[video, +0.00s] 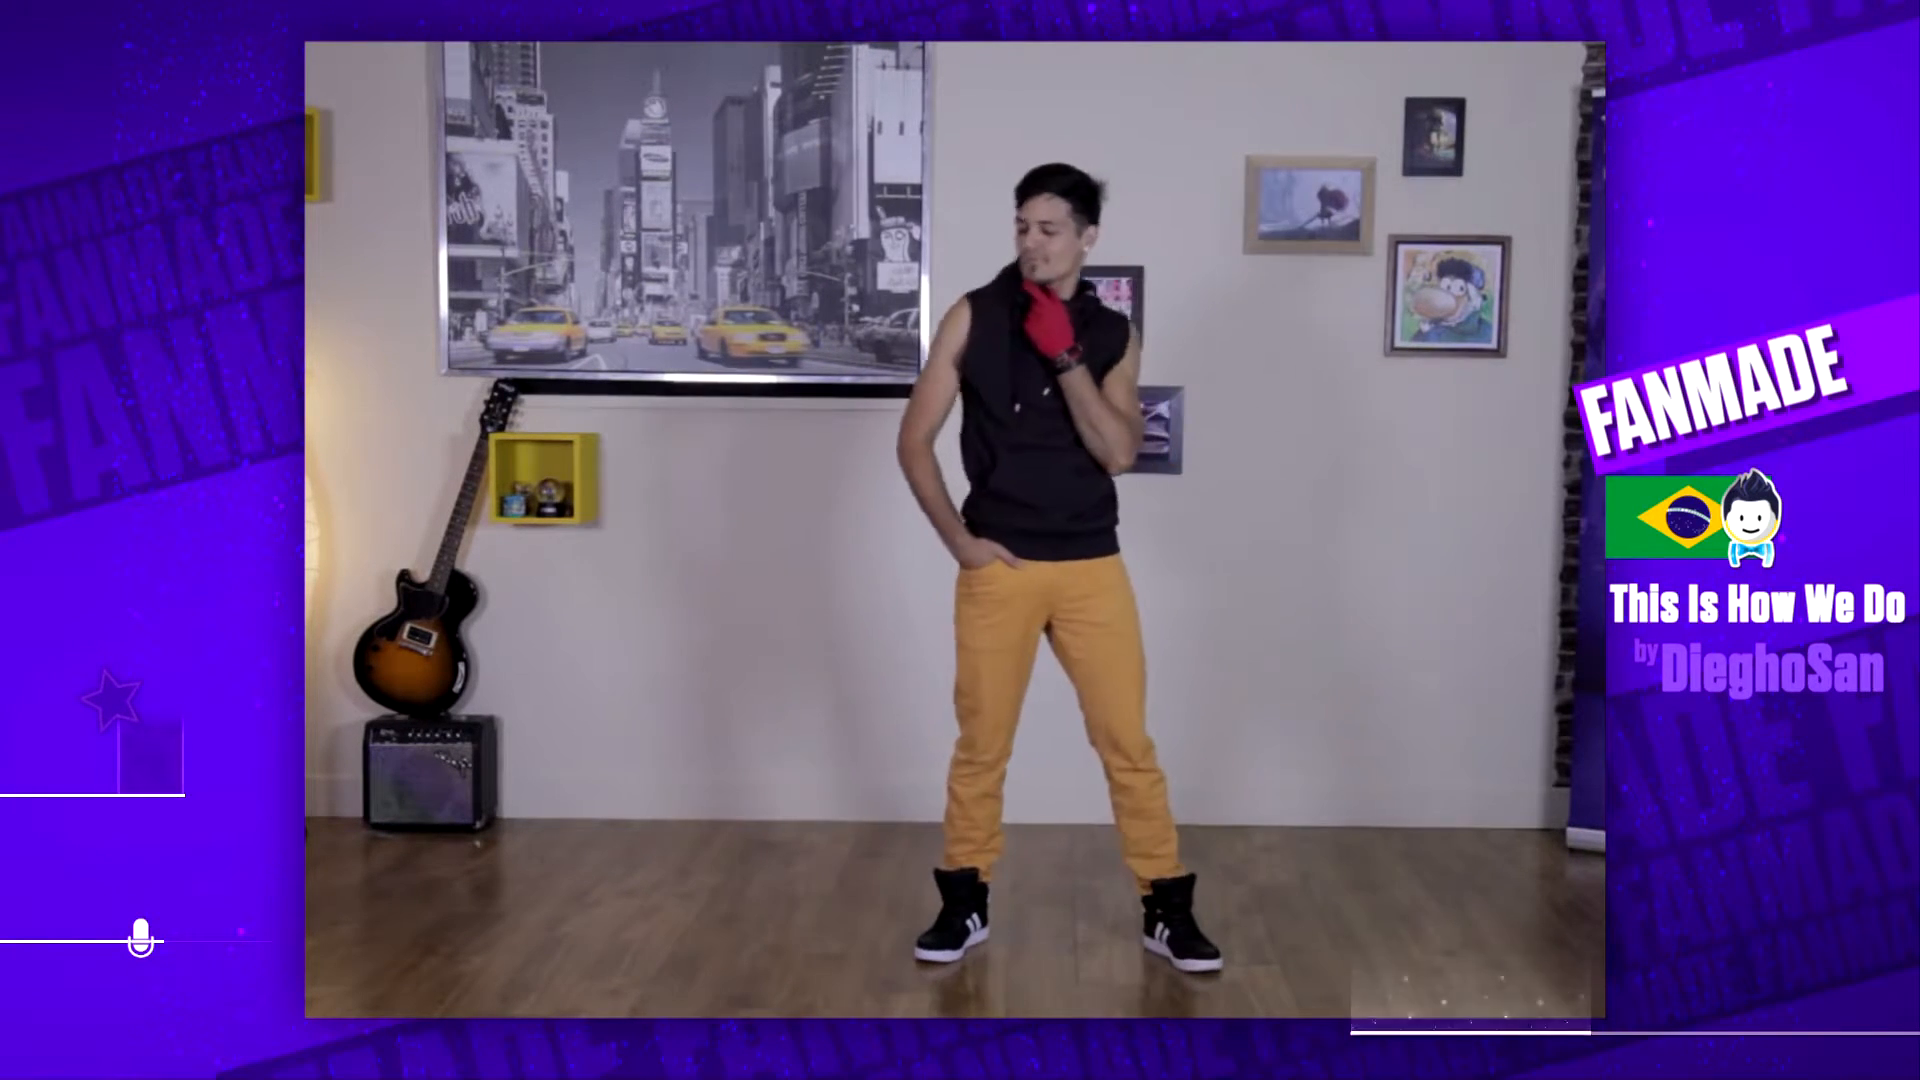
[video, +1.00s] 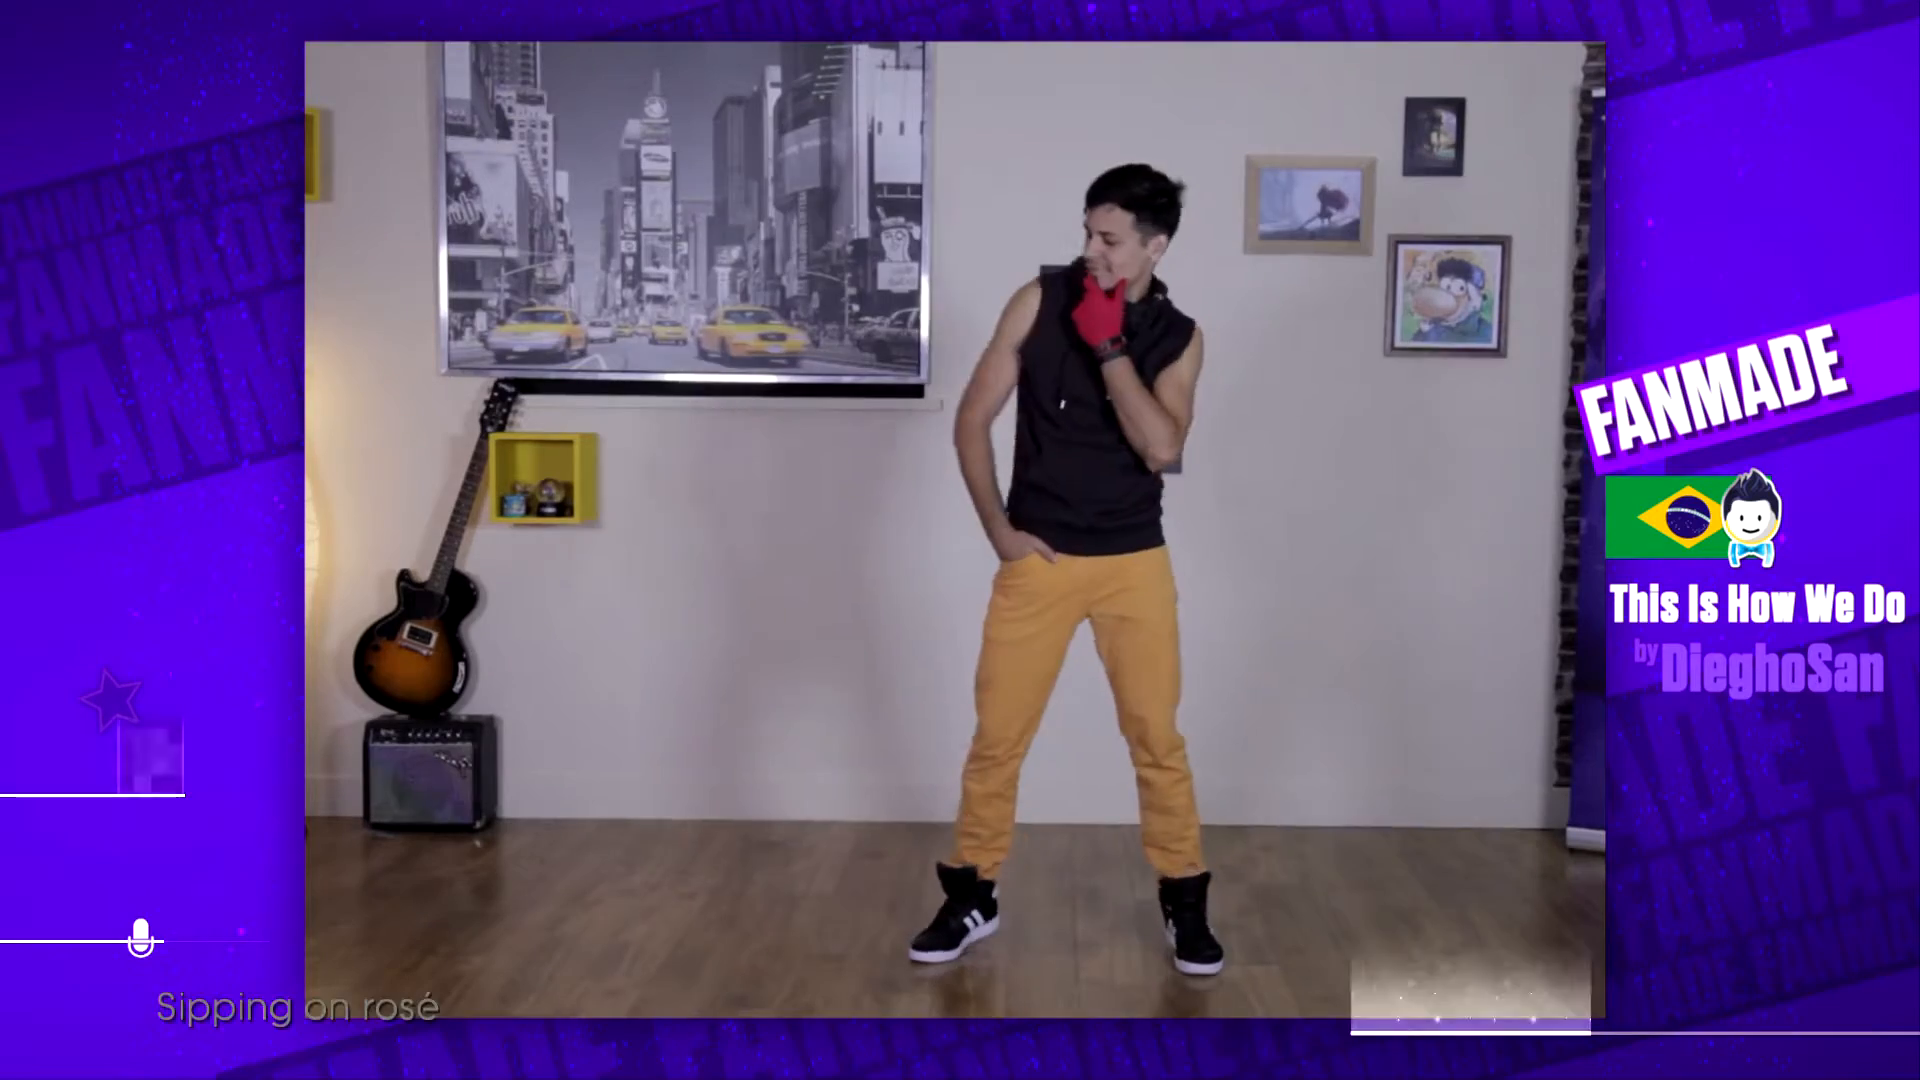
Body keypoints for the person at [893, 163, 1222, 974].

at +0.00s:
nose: (1034, 242)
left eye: (1051, 229)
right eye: (1025, 228)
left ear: (1087, 238)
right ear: (1016, 233)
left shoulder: (1111, 332)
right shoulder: (974, 317)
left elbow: (1119, 453)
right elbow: (914, 440)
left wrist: (1068, 358)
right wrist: (960, 540)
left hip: (1092, 569)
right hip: (998, 568)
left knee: (1127, 742)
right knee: (981, 744)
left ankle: (1167, 905)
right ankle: (962, 903)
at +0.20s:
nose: (1004, 248)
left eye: (1018, 231)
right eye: (990, 236)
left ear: (1051, 233)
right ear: (979, 246)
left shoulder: (1105, 322)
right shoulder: (964, 341)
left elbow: (1113, 444)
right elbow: (917, 461)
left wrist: (1039, 361)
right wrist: (948, 538)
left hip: (1090, 570)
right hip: (994, 569)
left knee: (1128, 743)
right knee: (977, 746)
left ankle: (1167, 906)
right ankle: (963, 903)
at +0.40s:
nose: (1009, 245)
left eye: (1020, 226)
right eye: (994, 237)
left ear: (1056, 223)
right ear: (987, 248)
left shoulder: (1118, 305)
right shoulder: (1003, 333)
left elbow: (1097, 416)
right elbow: (986, 441)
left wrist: (1026, 332)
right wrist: (971, 517)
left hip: (1105, 567)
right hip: (1011, 563)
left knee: (1142, 743)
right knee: (985, 741)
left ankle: (1183, 905)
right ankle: (969, 901)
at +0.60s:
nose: (1052, 247)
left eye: (1064, 229)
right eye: (1040, 237)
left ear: (1105, 225)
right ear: (1035, 246)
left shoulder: (1159, 311)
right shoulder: (1045, 331)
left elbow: (1118, 416)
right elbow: (1037, 444)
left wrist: (1058, 325)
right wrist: (1007, 516)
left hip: (1130, 576)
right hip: (1038, 572)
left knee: (1161, 752)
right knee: (1003, 746)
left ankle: (1192, 908)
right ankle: (985, 905)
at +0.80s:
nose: (1089, 263)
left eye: (1104, 246)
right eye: (1081, 248)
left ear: (1151, 243)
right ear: (1076, 249)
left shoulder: (1192, 337)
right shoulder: (1048, 330)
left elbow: (1158, 443)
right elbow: (1014, 447)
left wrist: (1101, 348)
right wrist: (1010, 531)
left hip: (1143, 577)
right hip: (1048, 570)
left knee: (1165, 749)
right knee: (1011, 746)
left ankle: (1192, 910)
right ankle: (987, 905)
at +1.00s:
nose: (1096, 253)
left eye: (1114, 239)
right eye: (1090, 236)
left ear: (1158, 244)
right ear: (1085, 232)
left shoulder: (1175, 336)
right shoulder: (1041, 301)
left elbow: (1164, 450)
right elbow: (970, 422)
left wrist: (1111, 351)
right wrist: (998, 528)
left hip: (1134, 566)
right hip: (1038, 562)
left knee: (1157, 738)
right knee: (996, 738)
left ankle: (1185, 901)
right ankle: (969, 897)